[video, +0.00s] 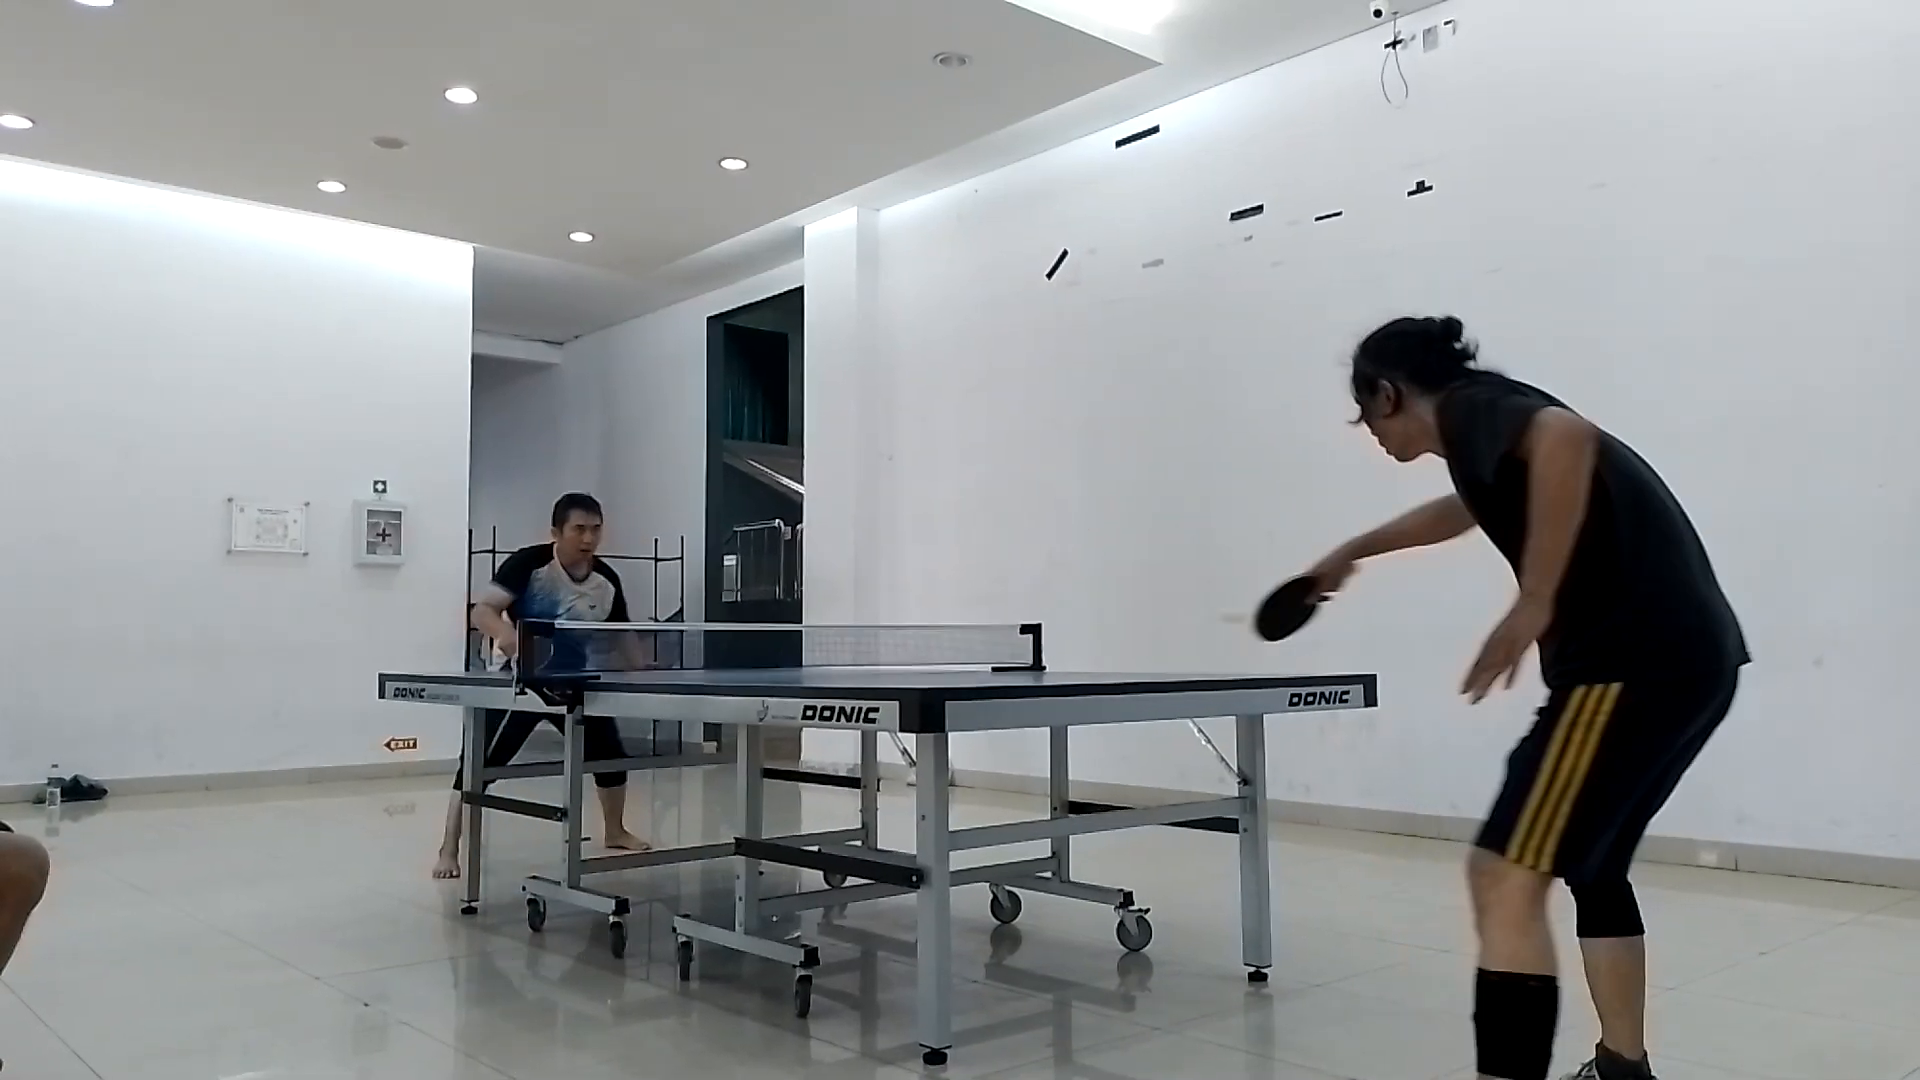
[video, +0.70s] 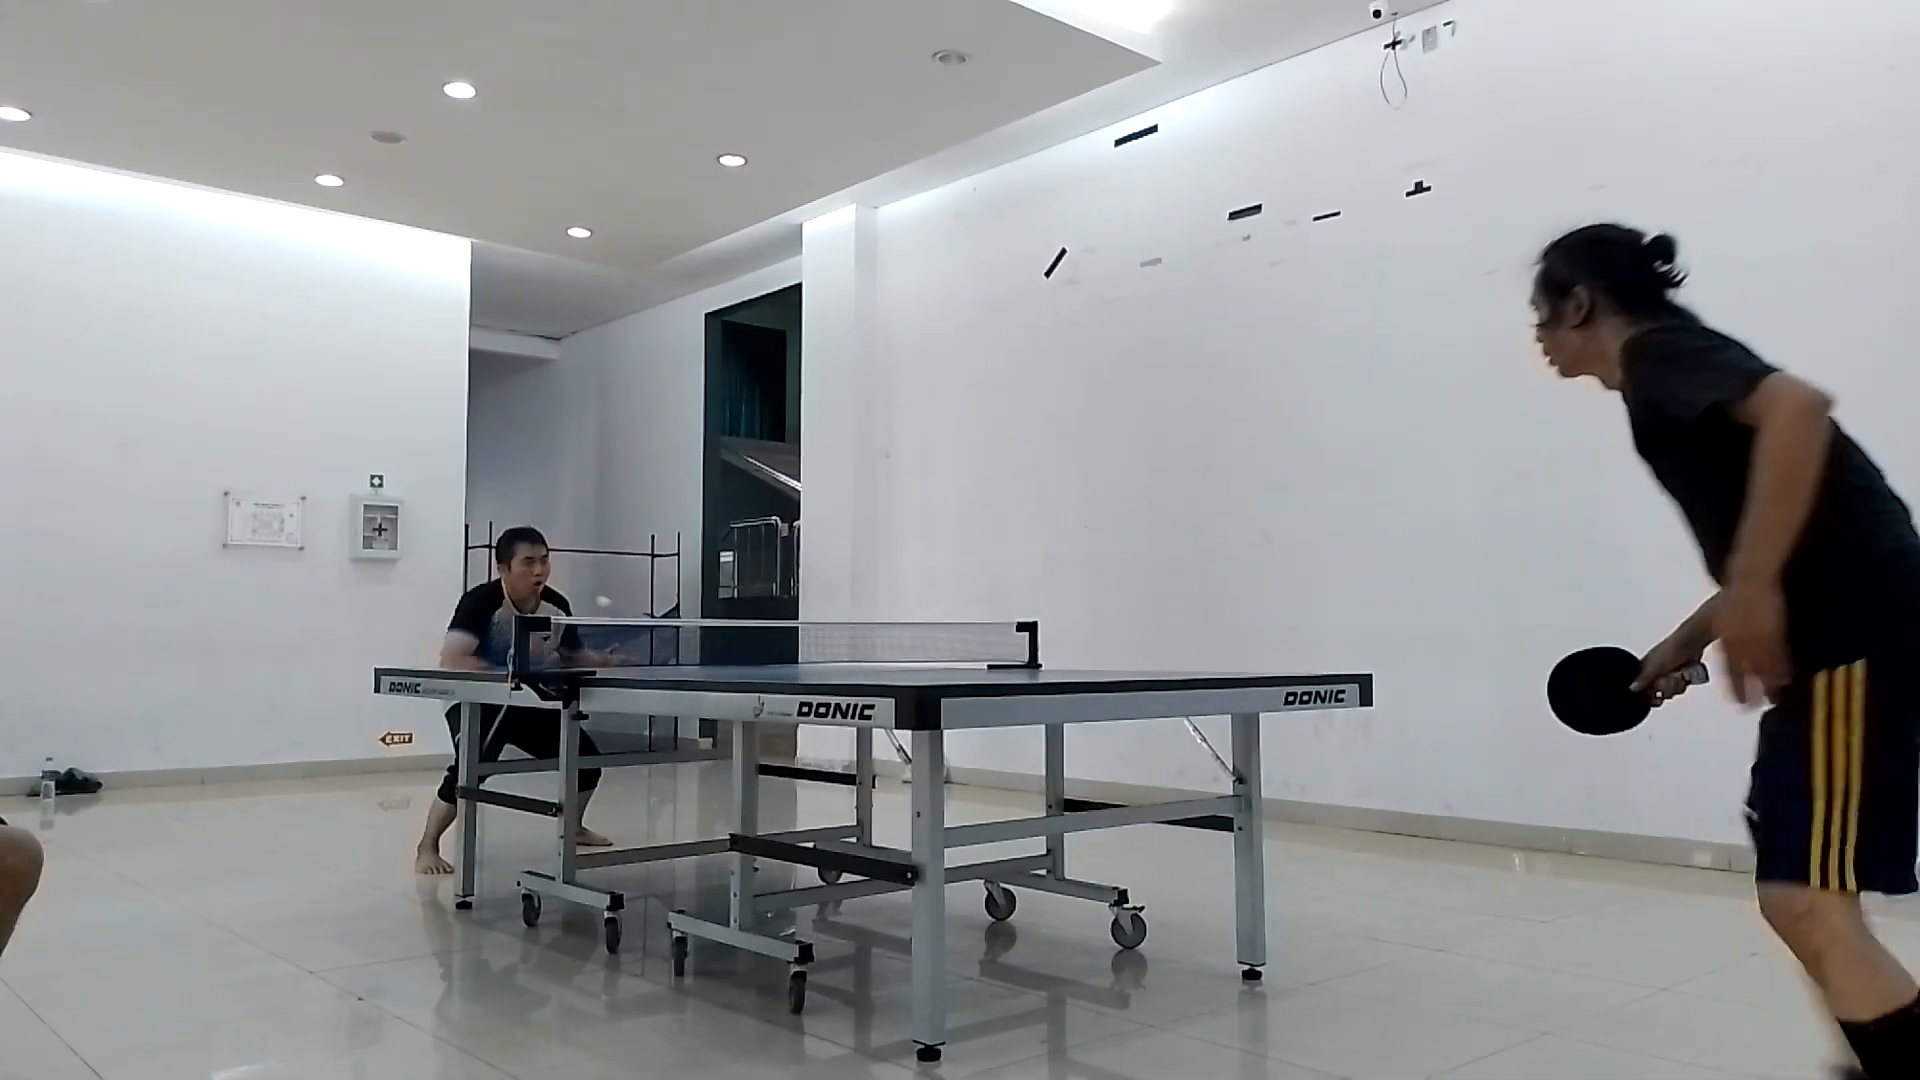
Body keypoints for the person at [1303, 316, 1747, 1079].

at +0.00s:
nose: (1372, 433)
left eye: (1370, 412)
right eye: (1365, 417)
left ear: (1397, 391)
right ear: (1422, 384)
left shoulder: (1468, 404)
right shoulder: (1491, 432)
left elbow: (1565, 435)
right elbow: (1460, 514)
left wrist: (1533, 600)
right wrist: (1350, 551)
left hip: (1629, 663)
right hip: (1688, 659)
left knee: (1503, 873)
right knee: (1595, 866)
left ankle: (1508, 1071)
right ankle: (1623, 1064)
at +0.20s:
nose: (1402, 448)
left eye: (1404, 428)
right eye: (1400, 432)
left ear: (1436, 422)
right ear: (1455, 422)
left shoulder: (1533, 440)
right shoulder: (1489, 509)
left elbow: (1670, 442)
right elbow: (1394, 551)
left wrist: (1635, 589)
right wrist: (1283, 570)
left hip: (1708, 664)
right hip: (1685, 672)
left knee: (1585, 861)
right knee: (1603, 862)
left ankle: (1606, 1067)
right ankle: (1619, 1063)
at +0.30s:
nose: (1422, 441)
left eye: (1421, 422)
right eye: (1418, 425)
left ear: (1453, 406)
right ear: (1469, 408)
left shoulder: (1550, 433)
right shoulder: (1525, 498)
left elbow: (1684, 449)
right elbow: (1474, 587)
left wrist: (1653, 599)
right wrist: (1339, 597)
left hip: (1734, 652)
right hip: (1693, 661)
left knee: (1628, 860)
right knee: (1604, 843)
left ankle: (1715, 1071)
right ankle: (1623, 1062)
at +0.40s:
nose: (1445, 412)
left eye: (1448, 391)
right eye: (1443, 394)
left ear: (1483, 381)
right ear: (1499, 382)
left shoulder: (1569, 416)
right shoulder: (1559, 464)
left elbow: (1690, 451)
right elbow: (1593, 600)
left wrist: (1637, 608)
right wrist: (1448, 640)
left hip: (1753, 656)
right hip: (1707, 667)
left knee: (1676, 883)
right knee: (1624, 835)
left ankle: (1834, 1070)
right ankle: (1623, 1060)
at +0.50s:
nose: (1476, 386)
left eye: (1479, 365)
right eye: (1474, 368)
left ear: (1513, 351)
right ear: (1532, 352)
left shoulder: (1594, 395)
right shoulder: (1588, 428)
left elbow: (1701, 444)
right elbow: (1667, 585)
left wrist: (1622, 616)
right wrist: (1570, 665)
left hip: (1783, 659)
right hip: (1741, 668)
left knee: (1757, 918)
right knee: (1677, 842)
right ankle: (1634, 1057)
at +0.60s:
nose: (1510, 364)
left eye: (1514, 341)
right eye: (1508, 345)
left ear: (1555, 326)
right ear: (1578, 324)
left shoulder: (1624, 377)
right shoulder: (1635, 390)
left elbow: (1736, 433)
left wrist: (1665, 609)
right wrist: (1657, 646)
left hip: (1824, 653)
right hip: (1800, 656)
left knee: (1792, 924)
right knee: (1732, 830)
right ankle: (1710, 1054)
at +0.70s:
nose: (1540, 345)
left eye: (1543, 320)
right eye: (1538, 325)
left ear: (1584, 304)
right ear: (1608, 304)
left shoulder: (1659, 354)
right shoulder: (1661, 379)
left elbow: (1798, 407)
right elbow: (1789, 535)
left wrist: (1752, 581)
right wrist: (1691, 636)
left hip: (1857, 632)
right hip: (1830, 635)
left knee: (1806, 898)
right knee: (1801, 893)